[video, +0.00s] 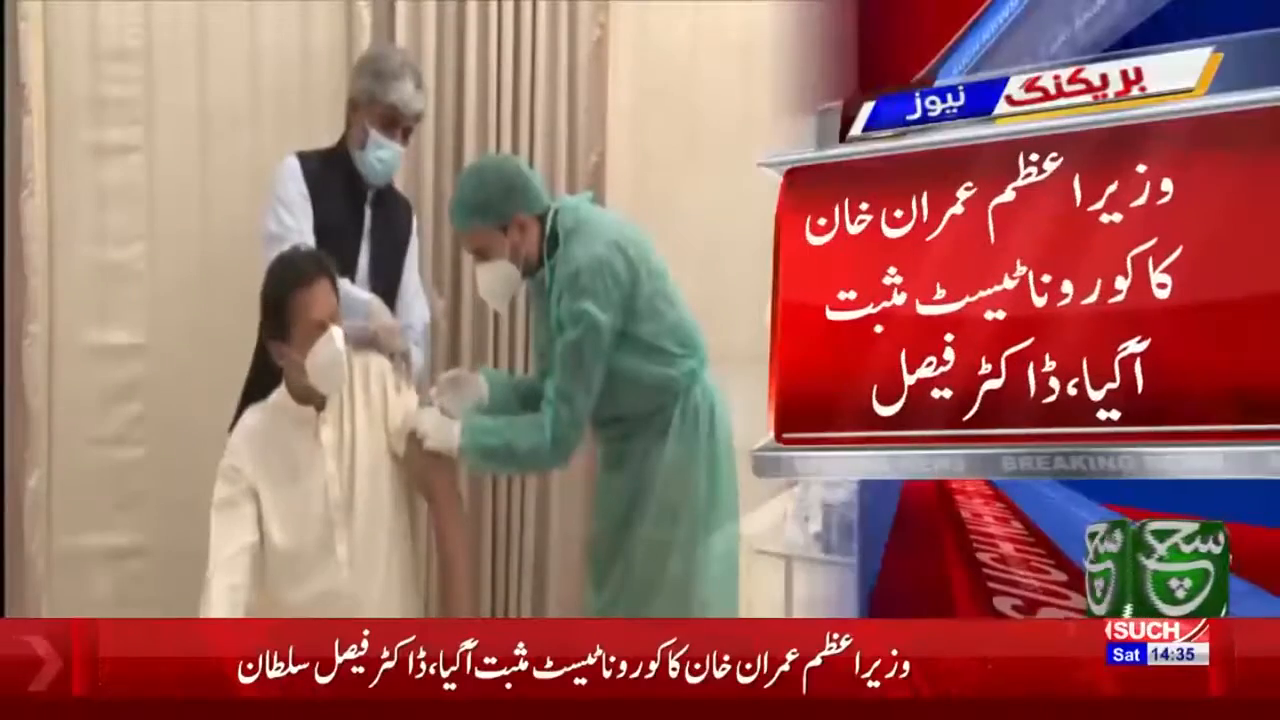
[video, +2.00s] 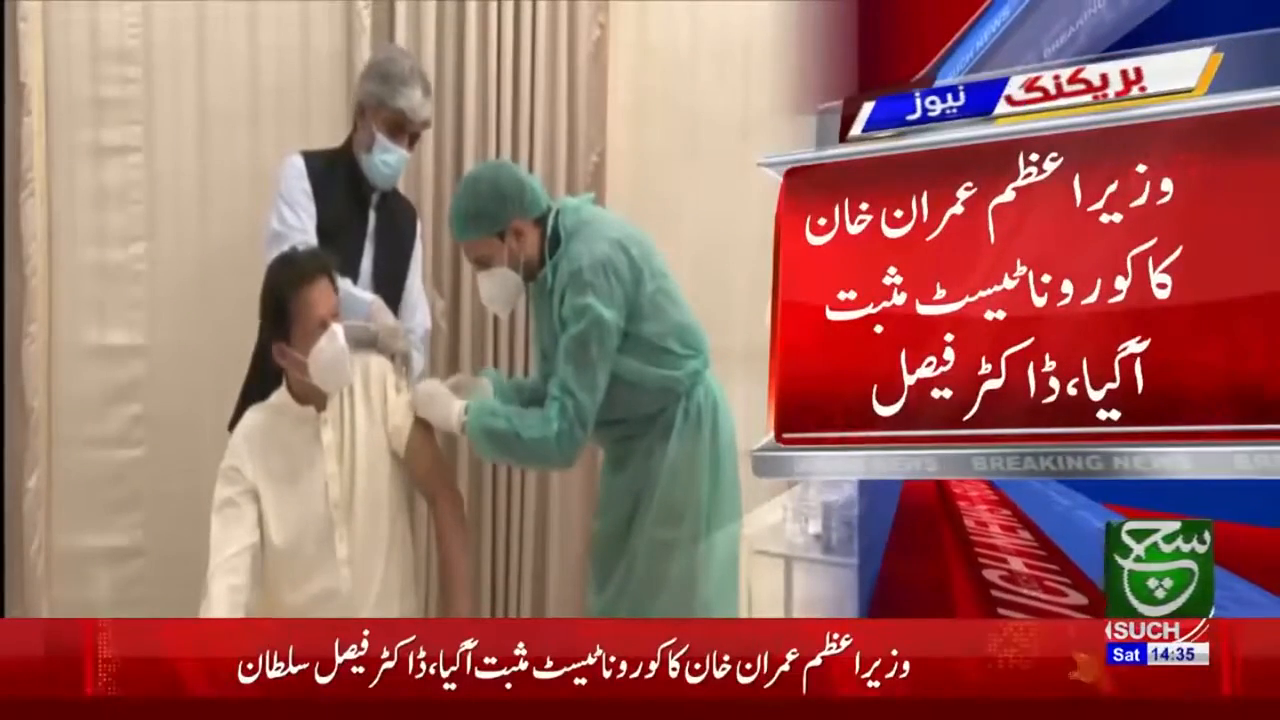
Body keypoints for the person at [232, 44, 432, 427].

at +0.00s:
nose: (395, 144)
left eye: (407, 133)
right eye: (386, 127)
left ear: (415, 133)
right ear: (354, 114)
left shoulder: (401, 213)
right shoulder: (300, 172)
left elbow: (413, 311)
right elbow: (291, 269)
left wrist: (406, 387)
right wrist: (371, 312)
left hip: (367, 383)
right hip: (295, 372)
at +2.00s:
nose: (403, 149)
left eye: (414, 138)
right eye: (394, 131)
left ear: (422, 135)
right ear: (363, 116)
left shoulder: (405, 216)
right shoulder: (304, 172)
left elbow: (414, 316)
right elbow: (293, 268)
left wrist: (405, 390)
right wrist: (370, 309)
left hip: (370, 387)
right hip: (296, 376)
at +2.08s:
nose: (406, 151)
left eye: (415, 139)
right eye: (396, 133)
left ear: (424, 134)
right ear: (364, 119)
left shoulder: (404, 215)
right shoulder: (306, 172)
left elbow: (415, 312)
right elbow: (298, 274)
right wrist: (379, 320)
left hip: (372, 395)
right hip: (293, 385)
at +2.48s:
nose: (402, 150)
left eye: (413, 139)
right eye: (393, 132)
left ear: (422, 137)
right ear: (362, 116)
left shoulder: (407, 215)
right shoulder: (306, 172)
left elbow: (417, 317)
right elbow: (292, 267)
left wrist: (412, 395)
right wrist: (369, 308)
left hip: (371, 388)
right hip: (297, 377)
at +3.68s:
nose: (406, 152)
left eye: (420, 143)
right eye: (398, 134)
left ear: (430, 143)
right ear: (370, 116)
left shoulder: (412, 218)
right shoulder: (313, 172)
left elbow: (424, 318)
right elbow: (294, 269)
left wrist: (418, 395)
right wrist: (372, 311)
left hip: (372, 390)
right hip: (298, 377)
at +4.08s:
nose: (407, 155)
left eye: (421, 145)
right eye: (399, 136)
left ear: (430, 145)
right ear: (371, 118)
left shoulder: (412, 218)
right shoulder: (314, 172)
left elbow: (425, 321)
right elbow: (296, 269)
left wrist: (419, 403)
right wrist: (371, 312)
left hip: (372, 391)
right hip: (297, 377)